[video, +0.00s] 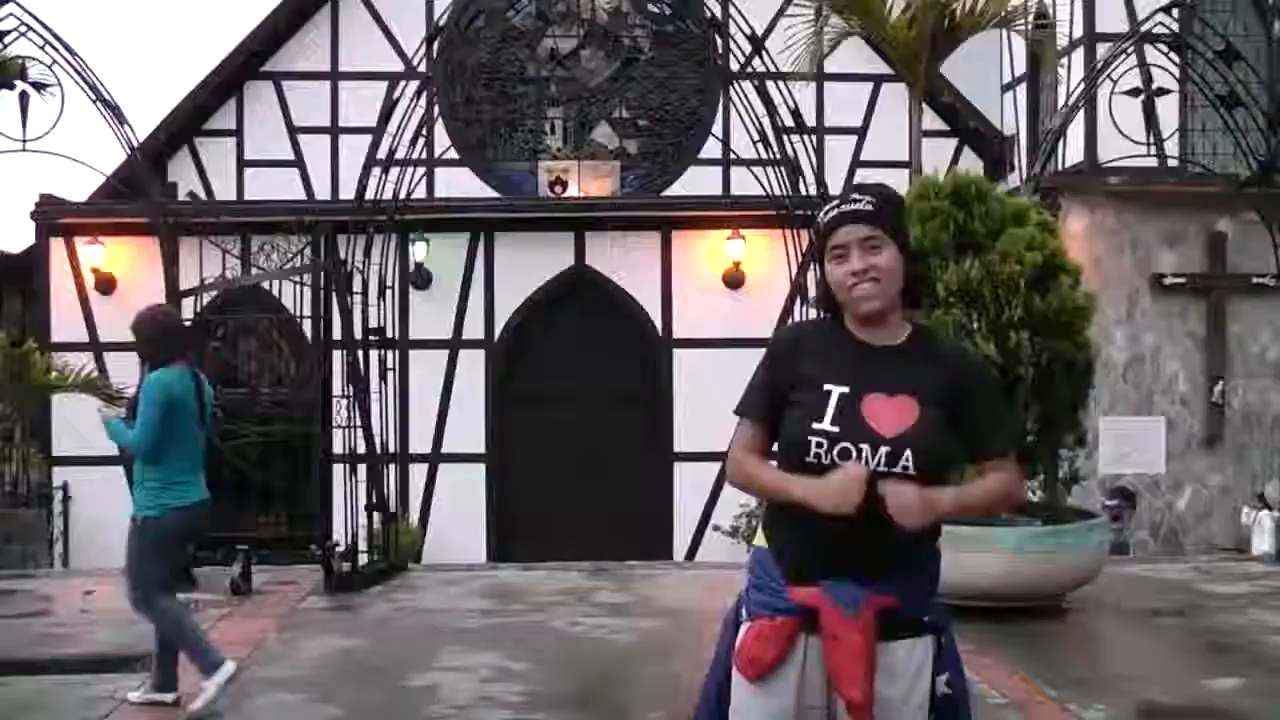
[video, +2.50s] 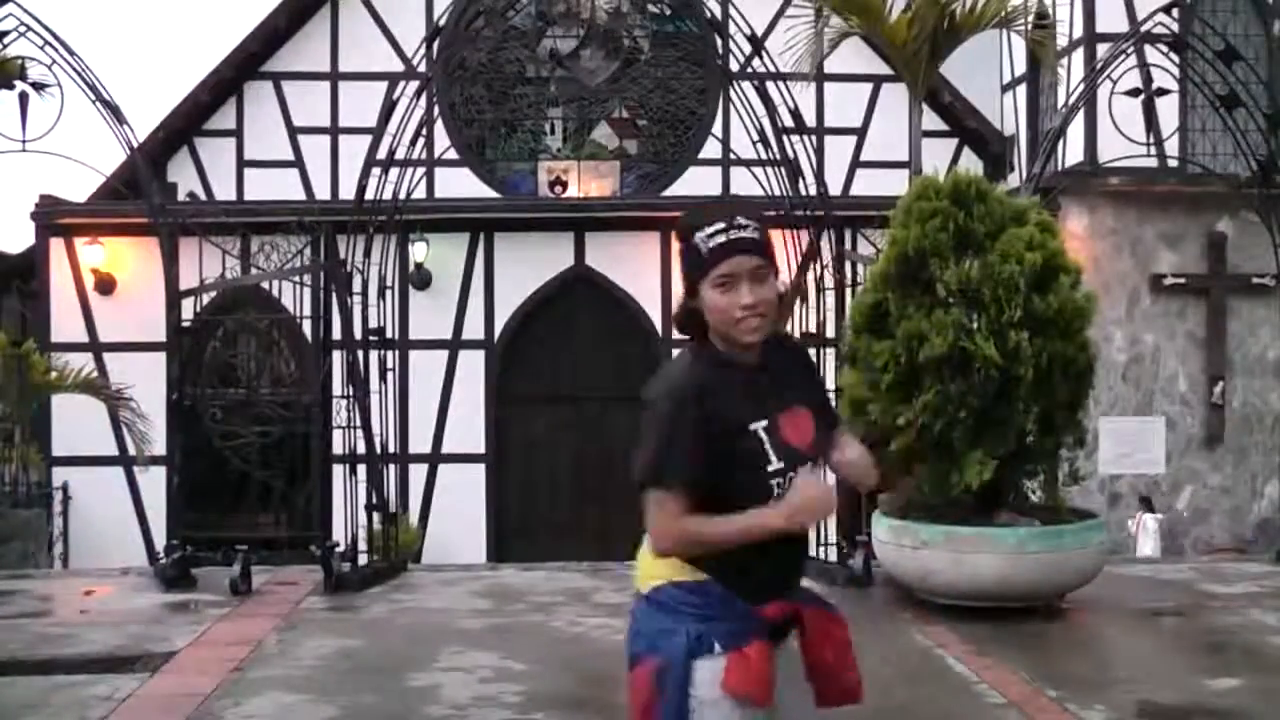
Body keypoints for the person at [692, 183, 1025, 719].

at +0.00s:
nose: (857, 266)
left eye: (873, 248)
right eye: (840, 255)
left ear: (905, 260)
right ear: (825, 274)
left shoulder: (954, 368)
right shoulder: (794, 349)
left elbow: (1008, 484)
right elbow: (740, 461)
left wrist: (937, 502)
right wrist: (810, 490)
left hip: (899, 622)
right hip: (784, 613)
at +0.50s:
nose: (768, 265)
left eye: (783, 248)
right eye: (749, 253)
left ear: (811, 264)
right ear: (728, 273)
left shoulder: (859, 358)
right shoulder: (700, 366)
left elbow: (924, 460)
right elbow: (660, 490)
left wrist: (866, 524)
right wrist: (739, 468)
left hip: (844, 609)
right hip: (731, 614)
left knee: (872, 709)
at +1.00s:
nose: (680, 274)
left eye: (690, 255)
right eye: (657, 262)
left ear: (711, 261)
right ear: (632, 281)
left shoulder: (752, 339)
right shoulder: (619, 386)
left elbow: (820, 423)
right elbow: (589, 517)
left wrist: (807, 449)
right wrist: (685, 564)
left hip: (769, 614)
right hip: (675, 630)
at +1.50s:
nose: (765, 271)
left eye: (776, 254)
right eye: (745, 260)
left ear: (797, 264)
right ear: (720, 279)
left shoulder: (827, 359)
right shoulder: (691, 363)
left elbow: (870, 453)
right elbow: (656, 480)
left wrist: (856, 481)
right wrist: (765, 479)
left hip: (804, 580)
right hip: (712, 583)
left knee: (815, 709)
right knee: (714, 709)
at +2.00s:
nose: (819, 277)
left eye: (831, 262)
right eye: (800, 264)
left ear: (851, 275)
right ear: (775, 281)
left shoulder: (857, 367)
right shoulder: (746, 354)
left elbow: (885, 452)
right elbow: (703, 463)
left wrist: (895, 472)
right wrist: (814, 459)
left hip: (828, 572)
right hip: (745, 571)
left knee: (836, 710)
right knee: (772, 708)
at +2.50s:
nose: (749, 298)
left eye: (760, 278)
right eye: (727, 285)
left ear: (778, 283)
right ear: (698, 301)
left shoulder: (789, 359)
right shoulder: (680, 389)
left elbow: (827, 438)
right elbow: (665, 534)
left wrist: (858, 465)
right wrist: (782, 516)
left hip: (773, 608)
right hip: (701, 620)